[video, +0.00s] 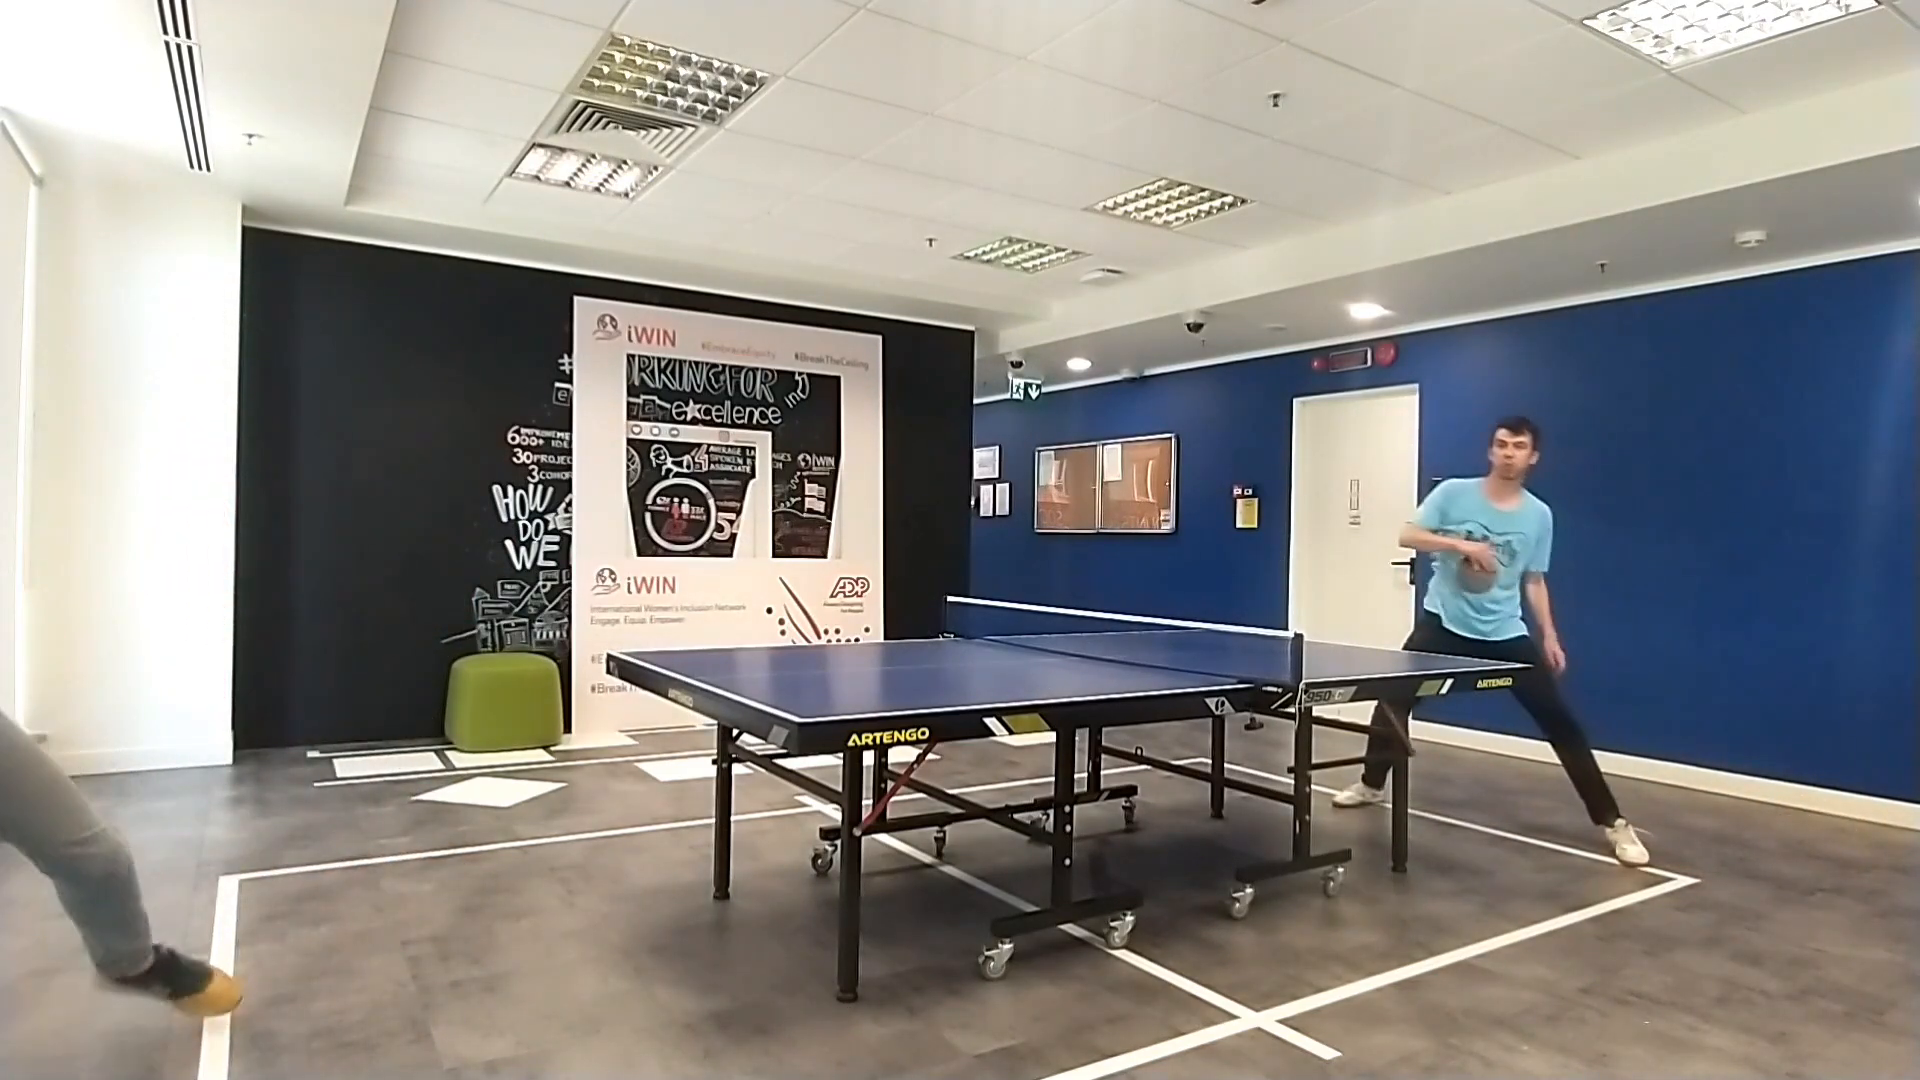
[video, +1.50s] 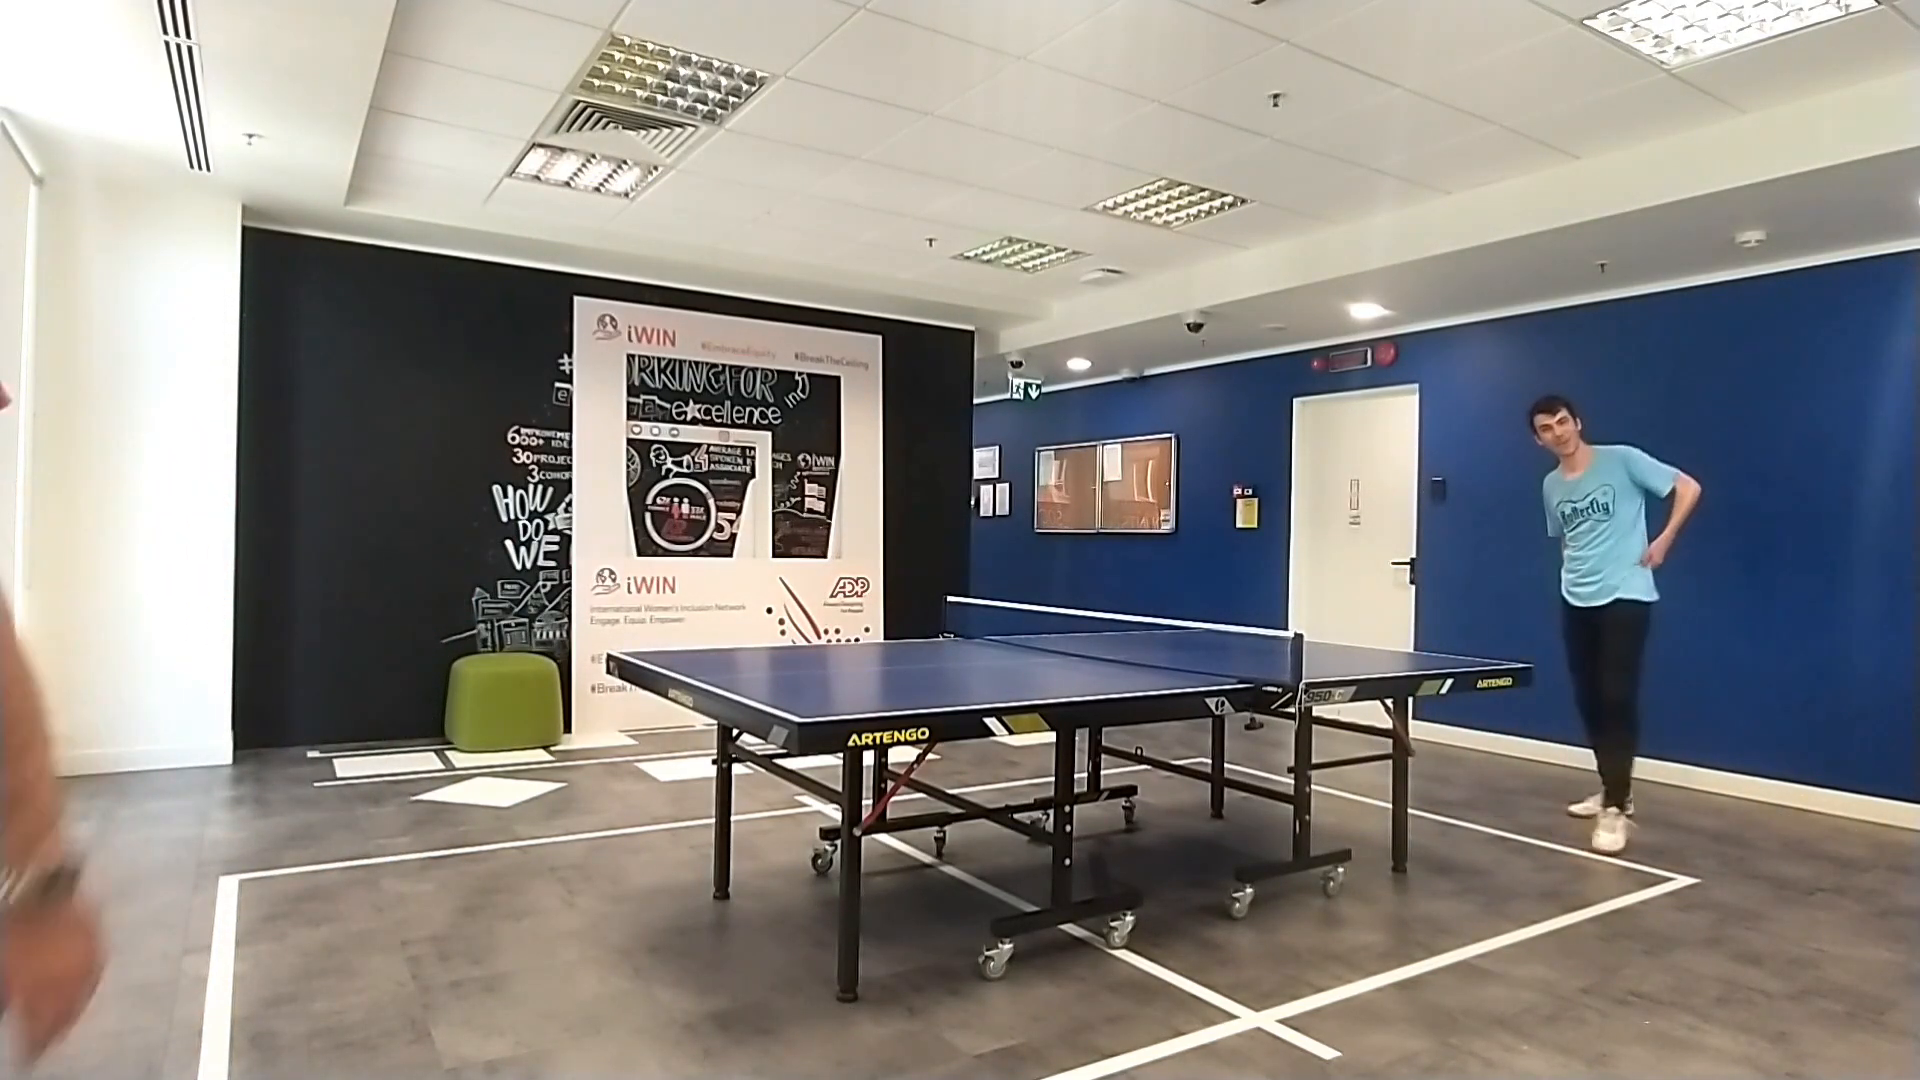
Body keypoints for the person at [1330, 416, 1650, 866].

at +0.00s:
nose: (1508, 453)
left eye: (1518, 447)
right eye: (1502, 445)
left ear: (1533, 457)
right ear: (1490, 451)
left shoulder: (1538, 514)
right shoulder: (1453, 492)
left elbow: (1534, 579)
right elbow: (1408, 536)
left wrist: (1548, 633)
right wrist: (1464, 546)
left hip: (1506, 632)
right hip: (1443, 624)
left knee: (1558, 720)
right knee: (1394, 694)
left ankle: (1614, 824)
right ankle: (1371, 784)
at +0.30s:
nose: (1498, 438)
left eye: (1507, 432)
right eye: (1491, 430)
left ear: (1521, 442)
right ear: (1478, 438)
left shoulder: (1535, 500)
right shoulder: (1443, 488)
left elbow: (1549, 556)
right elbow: (1419, 541)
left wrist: (1569, 582)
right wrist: (1403, 584)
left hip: (1505, 621)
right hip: (1442, 615)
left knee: (1549, 706)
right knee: (1398, 694)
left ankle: (1567, 815)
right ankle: (1370, 784)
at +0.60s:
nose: (1581, 433)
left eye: (1591, 428)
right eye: (1574, 424)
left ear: (1600, 440)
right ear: (1556, 431)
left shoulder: (1608, 497)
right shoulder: (1515, 473)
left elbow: (1623, 555)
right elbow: (1481, 520)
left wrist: (1628, 580)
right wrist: (1458, 568)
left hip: (1557, 613)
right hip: (1494, 602)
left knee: (1584, 706)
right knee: (1438, 687)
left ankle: (1572, 817)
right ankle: (1389, 776)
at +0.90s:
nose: (1611, 417)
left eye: (1621, 412)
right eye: (1603, 408)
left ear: (1630, 422)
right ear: (1585, 413)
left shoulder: (1637, 480)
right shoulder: (1545, 457)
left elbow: (1650, 547)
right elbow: (1520, 505)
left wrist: (1620, 578)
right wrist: (1500, 550)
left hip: (1587, 605)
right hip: (1528, 590)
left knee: (1583, 707)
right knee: (1501, 681)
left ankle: (1572, 814)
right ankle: (1534, 766)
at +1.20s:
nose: (1587, 414)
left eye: (1596, 408)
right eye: (1579, 407)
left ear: (1607, 416)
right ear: (1563, 415)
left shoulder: (1631, 466)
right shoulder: (1548, 469)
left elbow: (1679, 518)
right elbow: (1544, 532)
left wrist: (1643, 559)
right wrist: (1535, 589)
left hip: (1605, 607)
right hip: (1554, 603)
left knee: (1589, 705)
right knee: (1556, 700)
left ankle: (1572, 814)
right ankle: (1603, 775)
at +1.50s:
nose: (1556, 431)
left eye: (1560, 421)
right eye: (1546, 428)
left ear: (1576, 422)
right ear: (1540, 440)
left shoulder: (1622, 459)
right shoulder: (1552, 485)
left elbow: (1688, 487)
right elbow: (1564, 542)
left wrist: (1664, 540)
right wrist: (1571, 583)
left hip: (1626, 595)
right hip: (1578, 601)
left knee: (1617, 695)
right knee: (1590, 697)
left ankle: (1617, 809)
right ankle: (1612, 791)